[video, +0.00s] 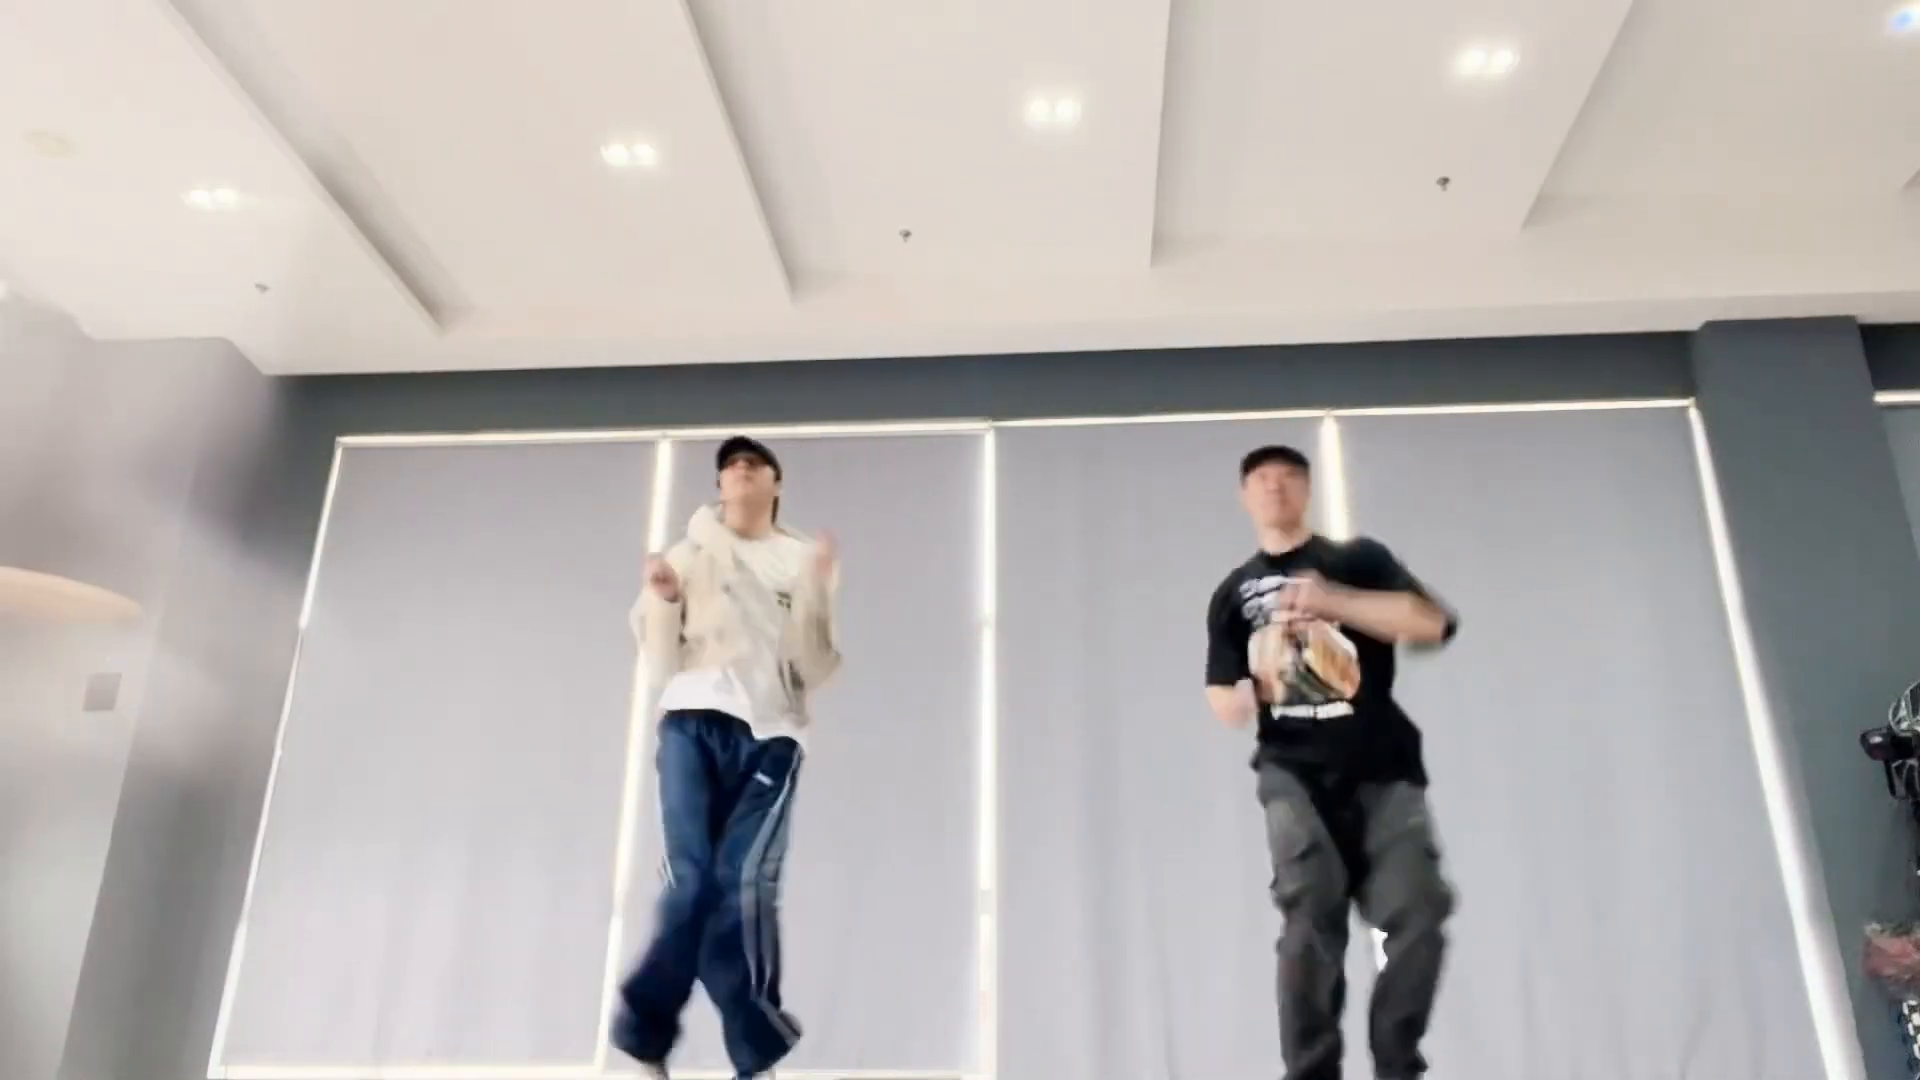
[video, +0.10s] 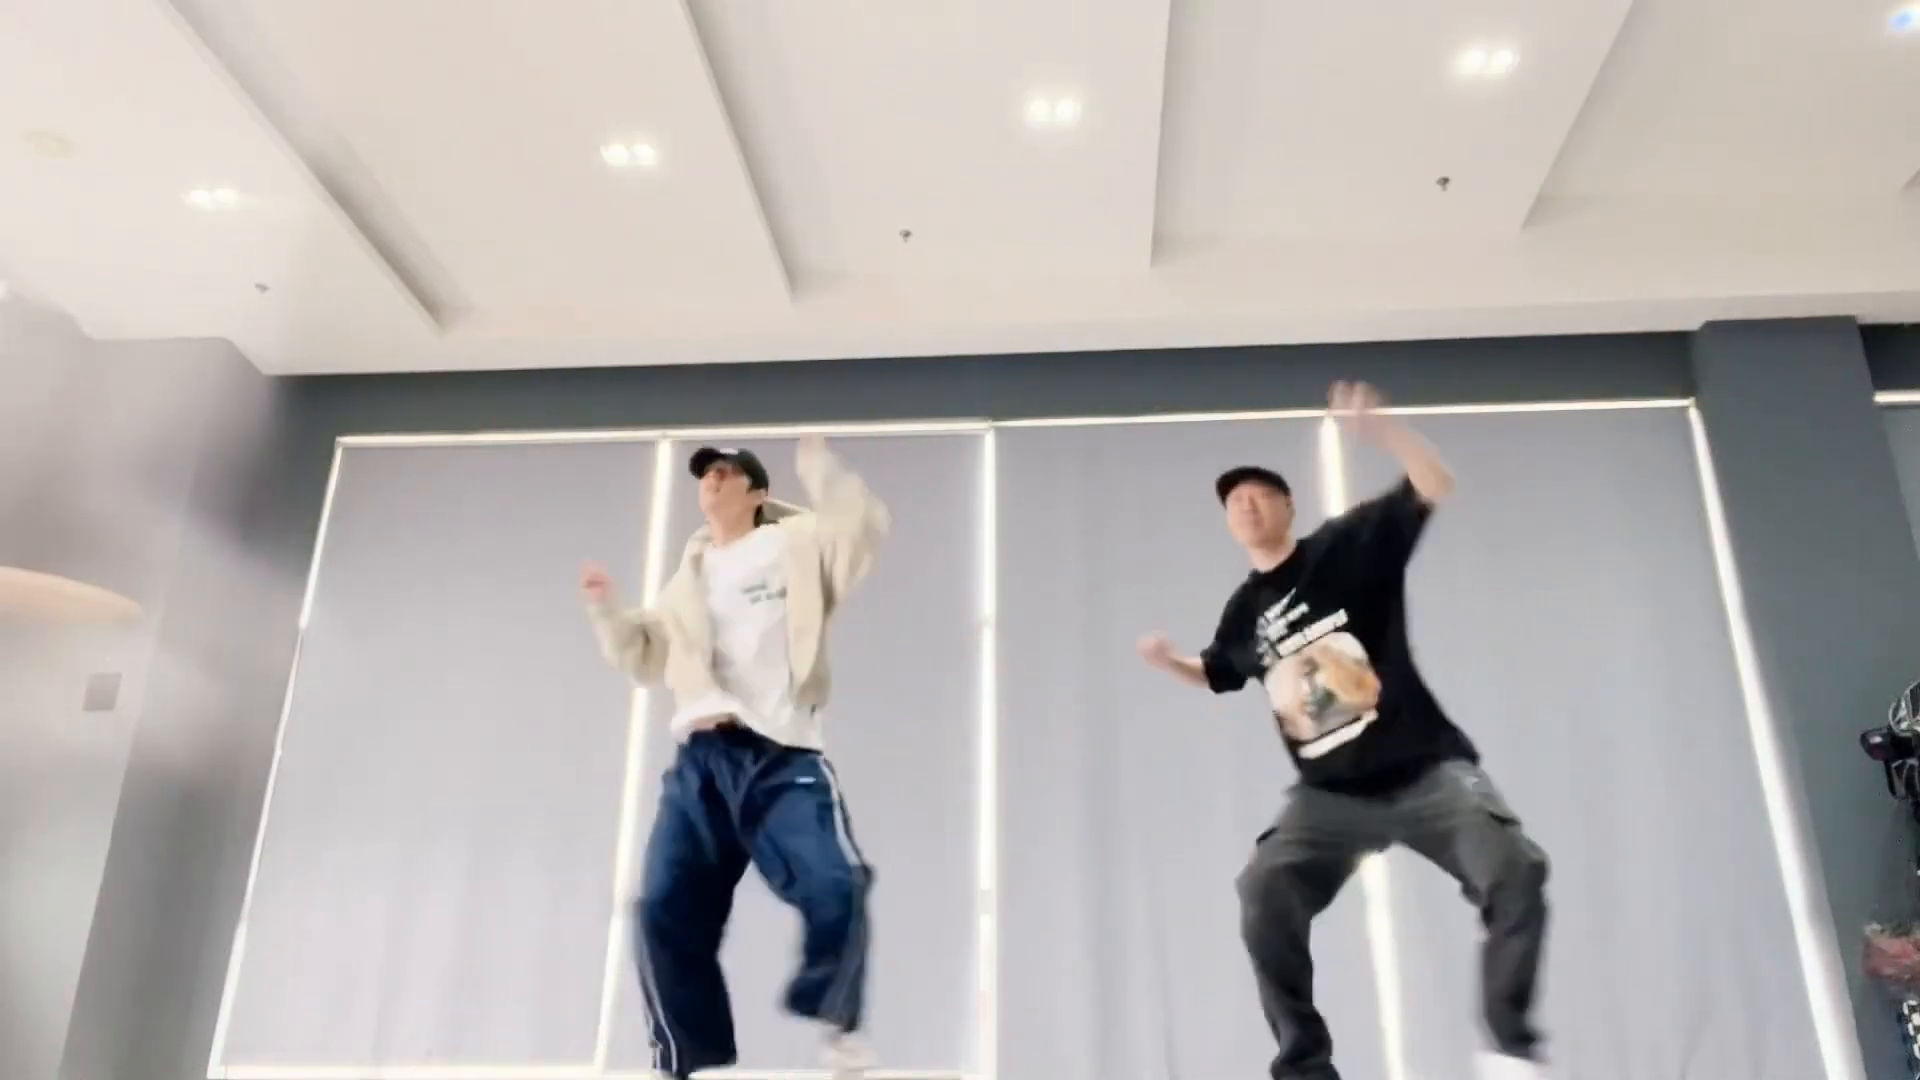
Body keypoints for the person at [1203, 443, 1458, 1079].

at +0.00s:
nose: (1276, 488)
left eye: (1289, 477)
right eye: (1261, 480)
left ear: (1308, 491)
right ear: (1246, 500)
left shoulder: (1359, 561)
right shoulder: (1234, 594)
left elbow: (1433, 624)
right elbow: (1227, 707)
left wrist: (1333, 603)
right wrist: (1270, 671)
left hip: (1380, 760)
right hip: (1292, 770)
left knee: (1419, 907)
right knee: (1311, 911)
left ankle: (1397, 1065)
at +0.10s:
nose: (1251, 510)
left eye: (1262, 498)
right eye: (1238, 505)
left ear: (1289, 506)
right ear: (1229, 527)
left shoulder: (1351, 541)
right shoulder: (1245, 609)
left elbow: (1434, 486)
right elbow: (1223, 674)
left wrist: (1376, 423)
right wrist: (1175, 663)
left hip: (1423, 773)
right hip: (1328, 796)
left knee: (1515, 867)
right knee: (1266, 890)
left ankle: (1510, 1034)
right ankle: (1305, 1063)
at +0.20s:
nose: (1263, 549)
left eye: (1272, 537)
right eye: (1249, 545)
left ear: (1299, 545)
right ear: (1242, 567)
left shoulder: (1341, 554)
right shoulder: (1258, 641)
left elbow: (1363, 457)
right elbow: (1179, 650)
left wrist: (1375, 351)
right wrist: (1091, 646)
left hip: (1460, 772)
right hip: (1381, 810)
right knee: (1283, 908)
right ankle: (1311, 1072)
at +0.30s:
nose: (1282, 566)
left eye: (1292, 556)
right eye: (1267, 563)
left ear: (1316, 569)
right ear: (1255, 589)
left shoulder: (1355, 586)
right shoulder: (1265, 665)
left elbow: (1385, 495)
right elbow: (1189, 675)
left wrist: (1371, 400)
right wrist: (1102, 654)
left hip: (1472, 802)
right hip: (1393, 835)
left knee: (1600, 939)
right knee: (1281, 914)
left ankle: (1767, 1059)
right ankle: (1309, 1071)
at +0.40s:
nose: (1289, 529)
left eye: (1301, 520)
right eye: (1276, 520)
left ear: (1318, 534)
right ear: (1253, 540)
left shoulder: (1357, 573)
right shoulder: (1250, 631)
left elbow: (1462, 581)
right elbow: (1248, 713)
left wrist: (1432, 539)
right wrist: (1212, 717)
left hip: (1443, 805)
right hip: (1346, 817)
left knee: (1556, 918)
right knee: (1253, 913)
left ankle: (1709, 1052)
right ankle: (1303, 1068)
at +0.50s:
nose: (1305, 502)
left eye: (1315, 495)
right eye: (1291, 492)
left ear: (1326, 513)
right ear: (1260, 509)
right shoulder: (1243, 616)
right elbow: (1262, 720)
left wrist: (1425, 667)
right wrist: (1273, 753)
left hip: (1403, 785)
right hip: (1313, 796)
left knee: (1476, 893)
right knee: (1258, 909)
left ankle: (1590, 1053)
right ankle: (1307, 1071)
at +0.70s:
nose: (1373, 533)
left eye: (1379, 529)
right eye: (1360, 522)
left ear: (1381, 551)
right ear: (1326, 534)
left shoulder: (1371, 645)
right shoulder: (1281, 590)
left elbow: (1353, 735)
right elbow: (1219, 565)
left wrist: (1363, 706)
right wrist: (1310, 544)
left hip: (1313, 821)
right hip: (1231, 803)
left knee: (1402, 930)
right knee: (1186, 887)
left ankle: (1359, 1068)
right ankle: (1183, 1028)